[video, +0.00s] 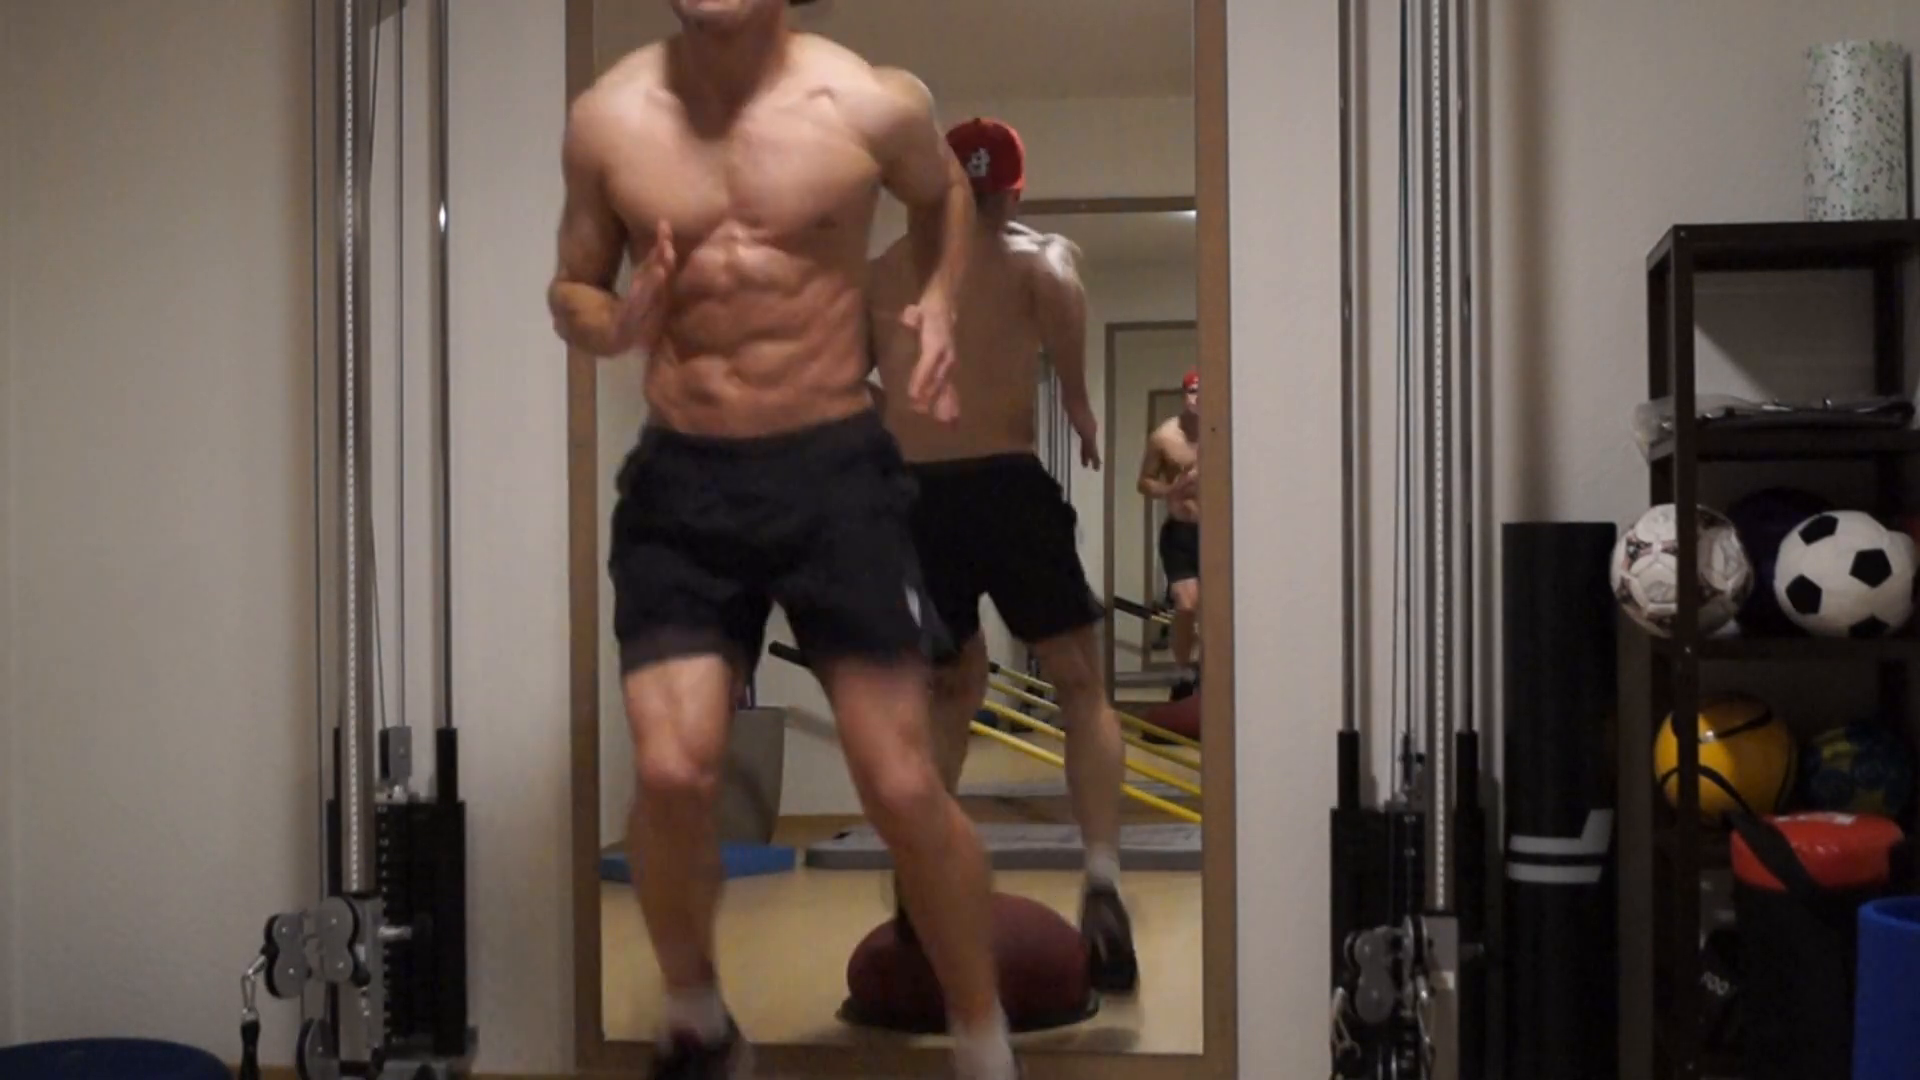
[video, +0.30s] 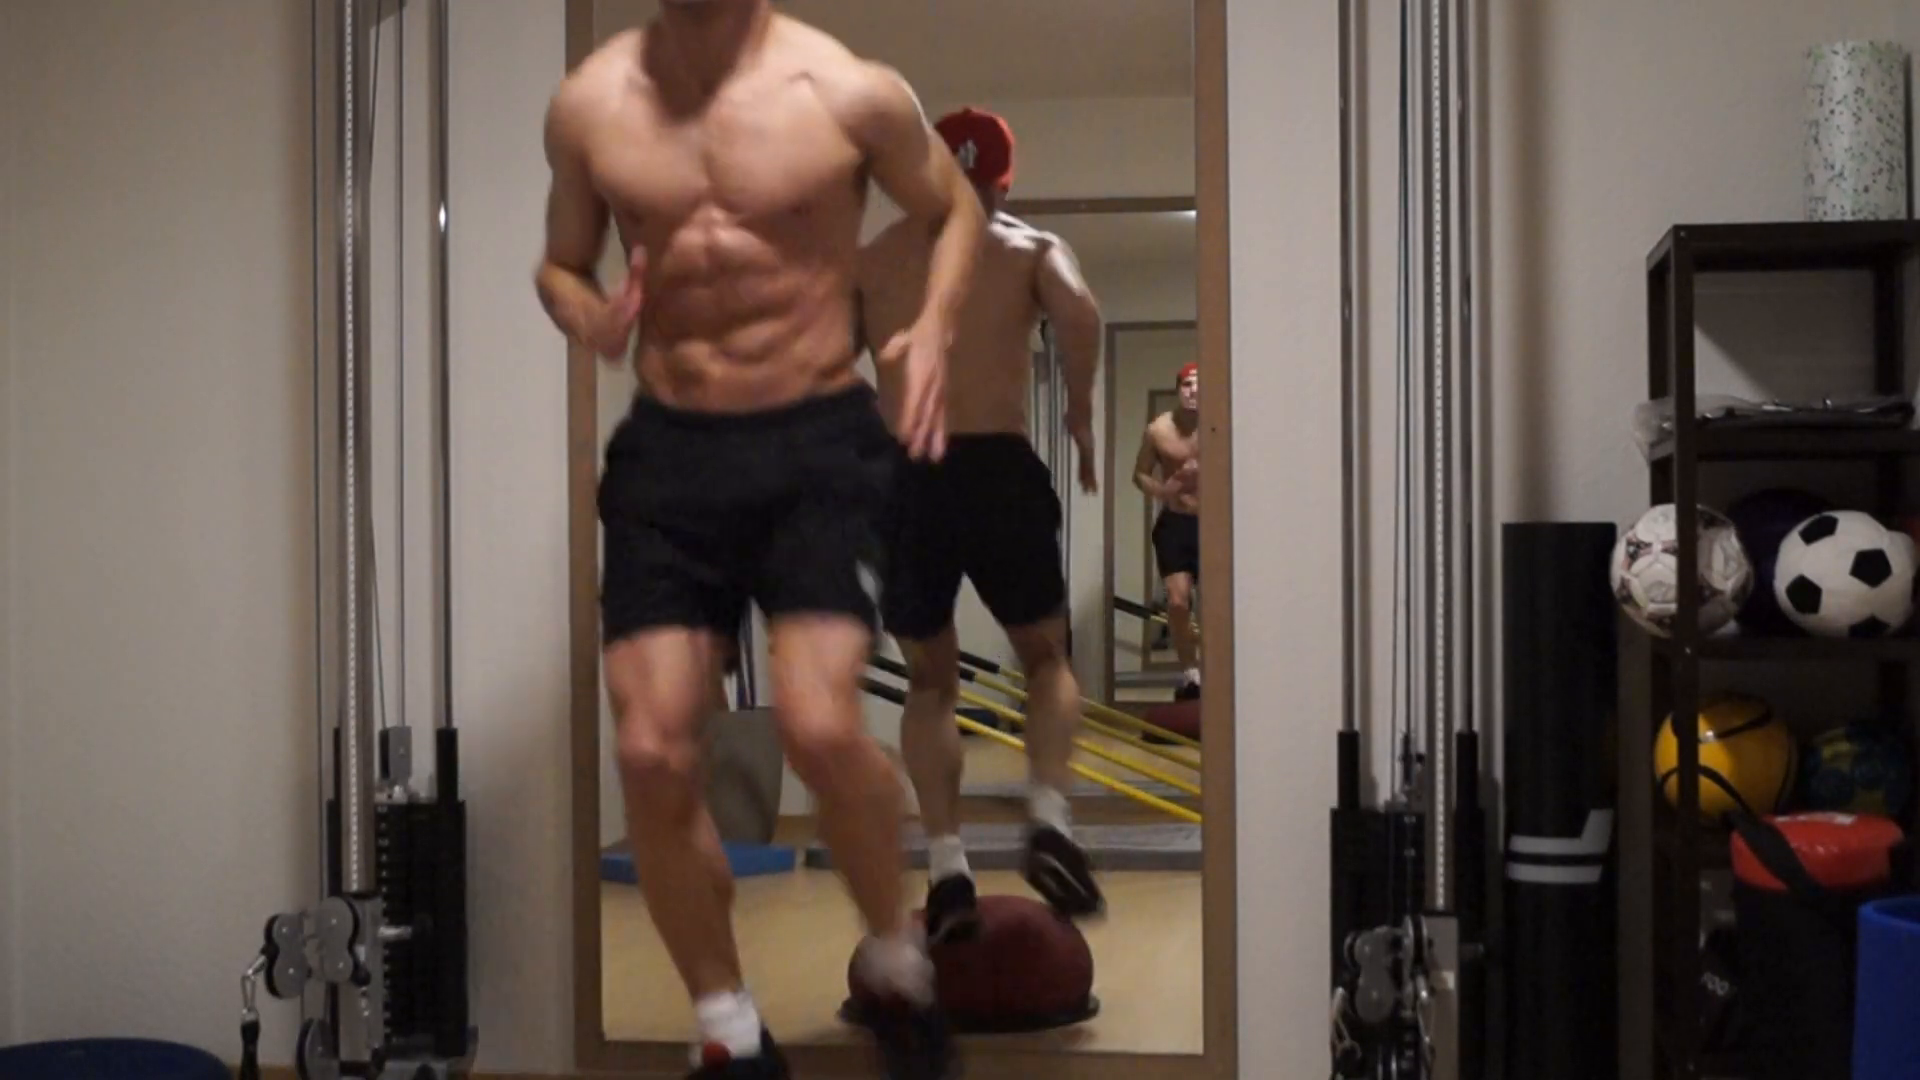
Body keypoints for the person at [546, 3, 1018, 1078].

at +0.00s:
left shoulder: (871, 105)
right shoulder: (607, 115)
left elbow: (944, 200)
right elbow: (572, 289)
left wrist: (937, 305)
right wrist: (617, 326)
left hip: (838, 477)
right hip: (682, 484)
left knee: (903, 789)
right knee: (669, 772)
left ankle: (984, 1052)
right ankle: (695, 1027)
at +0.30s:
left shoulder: (851, 91)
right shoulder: (590, 100)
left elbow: (957, 209)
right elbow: (561, 265)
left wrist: (935, 330)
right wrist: (592, 323)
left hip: (824, 437)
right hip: (670, 448)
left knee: (818, 728)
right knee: (651, 754)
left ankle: (896, 963)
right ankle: (730, 1040)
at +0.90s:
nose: (744, 2)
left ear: (823, 19)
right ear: (707, 18)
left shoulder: (874, 121)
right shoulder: (643, 131)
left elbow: (927, 0)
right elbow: (511, 10)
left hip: (846, 530)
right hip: (688, 531)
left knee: (919, 854)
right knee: (659, 858)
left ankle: (959, 1068)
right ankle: (651, 1074)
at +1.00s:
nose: (753, 6)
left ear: (836, 24)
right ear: (713, 19)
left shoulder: (883, 142)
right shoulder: (661, 149)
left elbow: (967, 81)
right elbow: (521, 157)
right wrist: (557, 5)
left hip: (865, 537)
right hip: (711, 538)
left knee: (935, 858)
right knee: (651, 862)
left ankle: (962, 1070)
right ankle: (652, 1076)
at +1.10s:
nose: (782, 28)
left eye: (797, 10)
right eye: (761, 14)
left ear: (837, 28)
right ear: (720, 39)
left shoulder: (888, 154)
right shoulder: (666, 175)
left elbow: (987, 242)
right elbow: (554, 313)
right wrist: (574, 139)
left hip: (881, 557)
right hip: (726, 559)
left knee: (951, 867)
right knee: (638, 869)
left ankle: (969, 1071)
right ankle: (649, 1075)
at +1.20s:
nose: (758, 88)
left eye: (786, 70)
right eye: (738, 67)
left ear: (836, 105)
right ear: (709, 95)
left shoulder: (901, 244)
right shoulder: (654, 256)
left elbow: (963, 444)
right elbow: (612, 453)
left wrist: (877, 449)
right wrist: (665, 431)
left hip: (887, 598)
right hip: (728, 598)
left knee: (965, 876)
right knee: (619, 856)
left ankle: (974, 1071)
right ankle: (645, 1074)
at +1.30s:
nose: (745, 183)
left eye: (775, 158)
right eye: (725, 157)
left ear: (828, 183)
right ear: (700, 176)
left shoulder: (891, 320)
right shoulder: (651, 333)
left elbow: (944, 537)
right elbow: (640, 534)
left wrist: (877, 661)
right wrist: (621, 670)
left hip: (891, 621)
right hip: (738, 625)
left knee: (973, 880)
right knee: (607, 881)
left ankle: (977, 1068)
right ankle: (643, 1076)